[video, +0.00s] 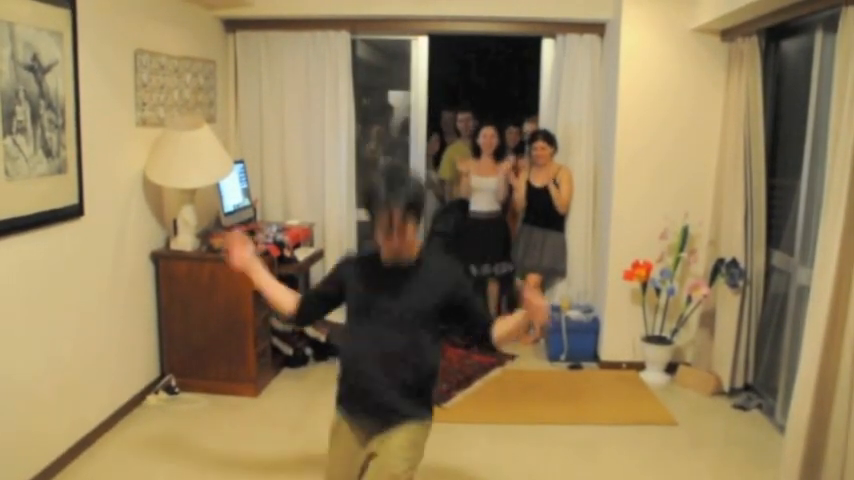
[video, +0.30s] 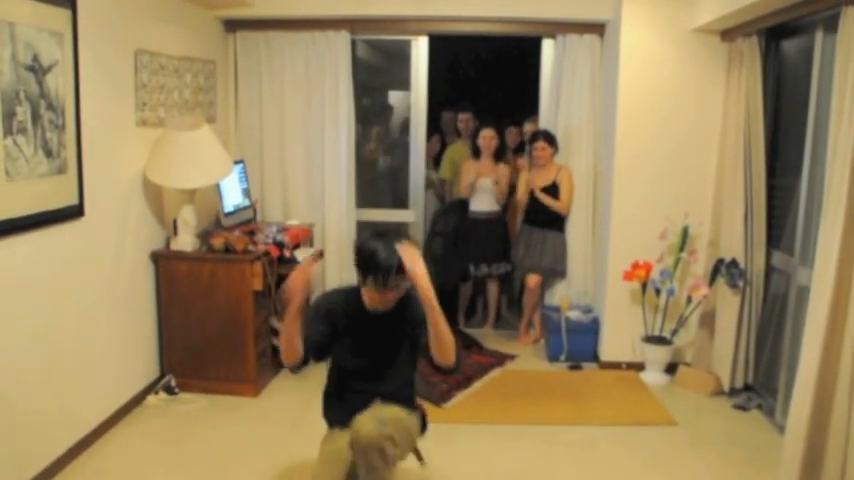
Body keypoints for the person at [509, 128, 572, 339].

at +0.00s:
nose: (538, 153)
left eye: (543, 148)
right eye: (535, 148)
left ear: (552, 150)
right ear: (530, 152)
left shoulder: (562, 173)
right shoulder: (526, 173)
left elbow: (562, 207)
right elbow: (519, 207)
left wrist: (551, 185)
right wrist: (517, 184)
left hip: (550, 232)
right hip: (528, 229)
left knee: (533, 281)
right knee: (527, 283)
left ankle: (532, 327)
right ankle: (533, 327)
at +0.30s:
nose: (538, 153)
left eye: (543, 149)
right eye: (535, 149)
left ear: (553, 151)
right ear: (531, 152)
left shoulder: (563, 173)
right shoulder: (527, 174)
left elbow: (564, 208)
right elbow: (520, 201)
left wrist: (539, 194)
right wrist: (526, 180)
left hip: (550, 231)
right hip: (529, 229)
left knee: (533, 280)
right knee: (533, 284)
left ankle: (524, 325)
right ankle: (538, 328)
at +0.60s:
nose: (539, 153)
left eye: (544, 149)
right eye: (536, 149)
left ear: (553, 151)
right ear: (532, 151)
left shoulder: (562, 173)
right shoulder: (528, 173)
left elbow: (563, 208)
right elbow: (522, 201)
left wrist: (537, 193)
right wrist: (524, 175)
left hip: (550, 230)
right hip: (530, 228)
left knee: (533, 281)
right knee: (533, 284)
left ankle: (523, 326)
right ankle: (538, 328)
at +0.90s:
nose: (540, 154)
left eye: (544, 149)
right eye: (536, 149)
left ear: (554, 151)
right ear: (532, 152)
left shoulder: (562, 174)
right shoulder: (527, 173)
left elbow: (563, 208)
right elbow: (520, 207)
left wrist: (555, 188)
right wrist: (517, 186)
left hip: (551, 232)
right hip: (530, 229)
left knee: (533, 281)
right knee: (535, 284)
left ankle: (523, 325)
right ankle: (538, 328)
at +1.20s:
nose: (539, 153)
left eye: (544, 149)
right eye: (536, 149)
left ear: (553, 151)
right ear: (532, 151)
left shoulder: (563, 173)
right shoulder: (527, 173)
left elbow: (564, 208)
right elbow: (521, 203)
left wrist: (536, 198)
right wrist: (525, 187)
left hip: (550, 231)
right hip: (529, 228)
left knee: (533, 281)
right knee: (532, 284)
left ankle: (523, 325)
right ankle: (538, 329)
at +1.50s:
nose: (540, 152)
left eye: (544, 147)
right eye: (536, 147)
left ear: (554, 149)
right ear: (532, 149)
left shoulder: (562, 172)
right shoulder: (526, 172)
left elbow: (563, 206)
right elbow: (520, 204)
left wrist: (555, 186)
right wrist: (514, 183)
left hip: (551, 229)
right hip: (530, 227)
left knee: (533, 280)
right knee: (535, 283)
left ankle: (523, 323)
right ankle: (538, 326)